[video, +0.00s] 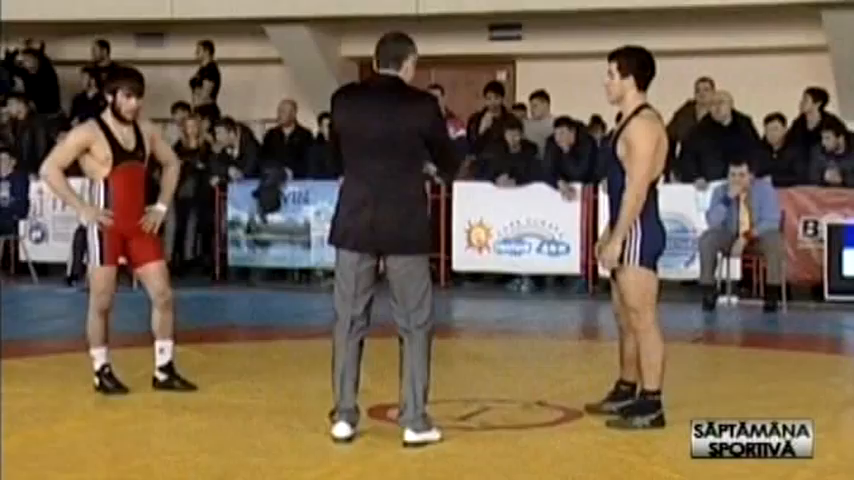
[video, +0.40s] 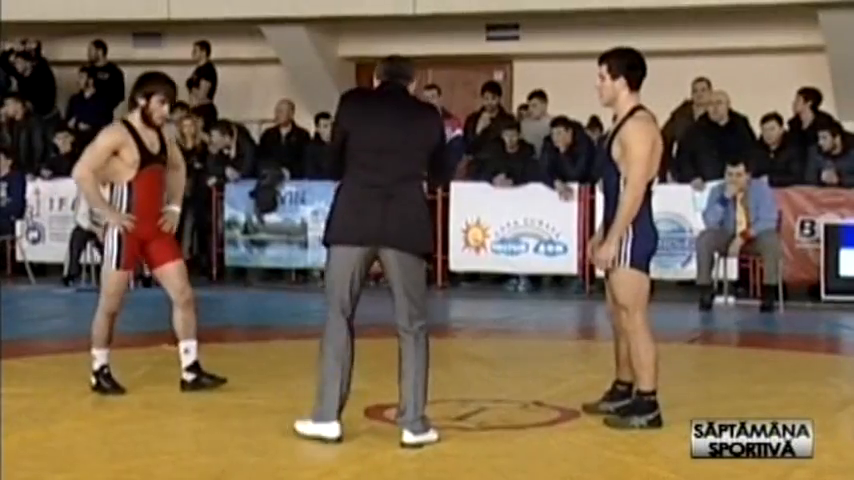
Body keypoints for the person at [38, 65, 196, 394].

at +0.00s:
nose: (135, 103)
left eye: (138, 96)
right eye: (129, 96)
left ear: (141, 98)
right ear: (111, 97)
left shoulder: (146, 129)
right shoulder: (89, 132)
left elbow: (172, 163)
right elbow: (49, 170)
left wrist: (161, 206)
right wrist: (82, 208)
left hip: (141, 226)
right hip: (105, 227)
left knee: (163, 295)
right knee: (101, 301)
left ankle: (164, 368)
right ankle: (101, 368)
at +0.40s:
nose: (167, 110)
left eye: (169, 104)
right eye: (162, 103)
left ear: (168, 106)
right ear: (143, 101)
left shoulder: (165, 135)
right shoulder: (117, 134)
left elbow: (178, 167)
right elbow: (82, 172)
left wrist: (175, 205)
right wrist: (109, 212)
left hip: (158, 229)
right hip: (123, 229)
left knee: (184, 295)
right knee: (111, 303)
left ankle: (191, 368)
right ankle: (100, 368)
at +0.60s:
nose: (200, 113)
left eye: (202, 107)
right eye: (194, 106)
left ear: (201, 108)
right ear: (175, 105)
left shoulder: (194, 137)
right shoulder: (149, 135)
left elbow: (205, 172)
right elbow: (115, 175)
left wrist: (200, 208)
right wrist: (138, 218)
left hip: (183, 231)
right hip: (151, 230)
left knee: (202, 299)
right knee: (133, 303)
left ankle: (195, 371)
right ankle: (105, 364)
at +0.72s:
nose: (220, 114)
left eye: (223, 108)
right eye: (216, 107)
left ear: (221, 109)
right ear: (198, 104)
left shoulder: (213, 137)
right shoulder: (171, 133)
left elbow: (225, 171)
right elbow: (135, 171)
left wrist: (220, 207)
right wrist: (158, 215)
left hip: (202, 224)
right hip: (170, 224)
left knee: (208, 298)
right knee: (170, 304)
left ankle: (195, 372)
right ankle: (122, 353)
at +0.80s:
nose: (236, 116)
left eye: (238, 109)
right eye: (232, 108)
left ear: (232, 109)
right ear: (213, 104)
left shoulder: (226, 137)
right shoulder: (184, 133)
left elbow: (237, 170)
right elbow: (147, 170)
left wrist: (231, 206)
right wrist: (172, 213)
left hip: (213, 222)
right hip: (184, 222)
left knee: (212, 299)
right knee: (194, 300)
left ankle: (196, 370)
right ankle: (146, 349)